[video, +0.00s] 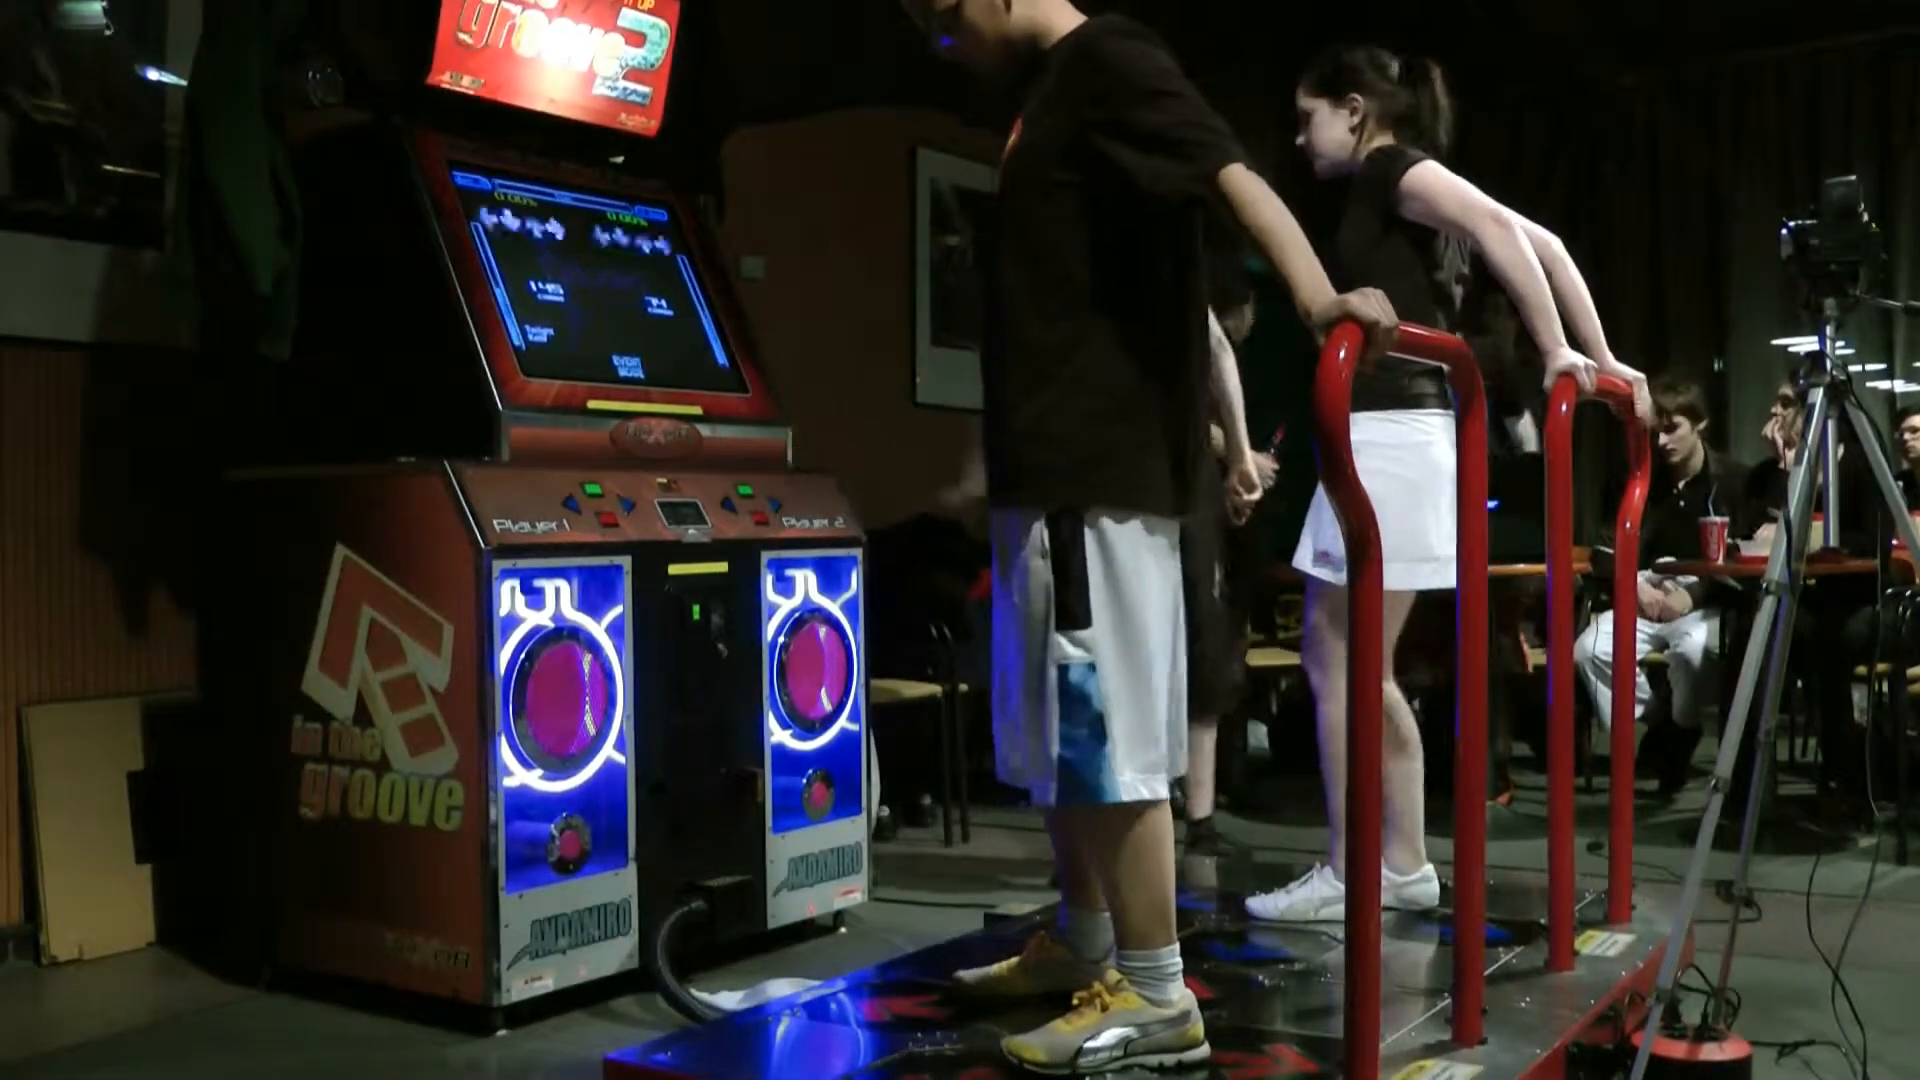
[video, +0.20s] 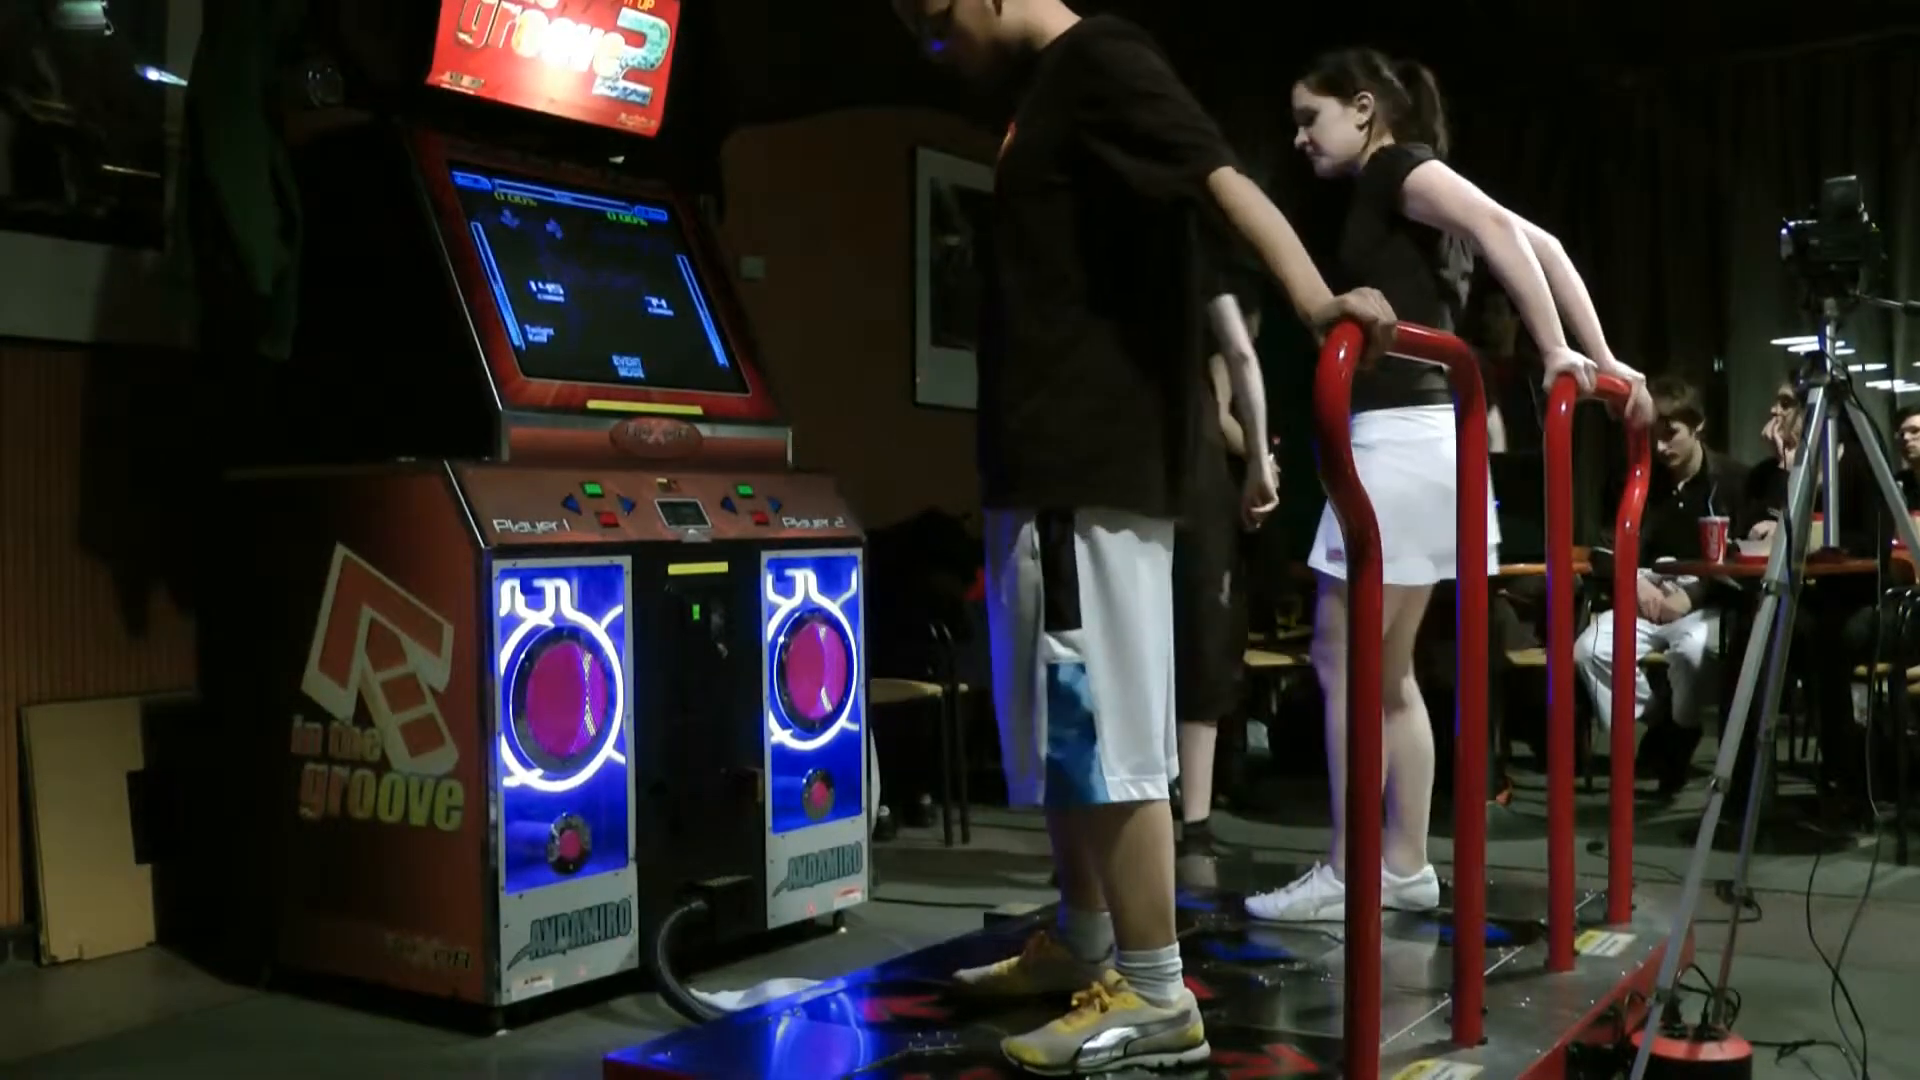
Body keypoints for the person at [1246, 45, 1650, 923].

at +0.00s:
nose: (1302, 136)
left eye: (1309, 118)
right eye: (1301, 119)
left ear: (1355, 109)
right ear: (1367, 113)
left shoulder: (1389, 169)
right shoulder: (1410, 177)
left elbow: (1502, 231)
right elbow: (1545, 244)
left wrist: (1557, 353)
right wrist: (1602, 358)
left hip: (1384, 444)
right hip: (1408, 445)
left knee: (1331, 654)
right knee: (1370, 665)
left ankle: (1345, 870)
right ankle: (1405, 864)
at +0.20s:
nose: (1301, 138)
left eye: (1310, 119)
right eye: (1298, 123)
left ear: (1366, 108)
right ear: (1366, 115)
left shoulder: (1397, 170)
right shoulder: (1414, 178)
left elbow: (1502, 232)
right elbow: (1544, 246)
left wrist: (1557, 354)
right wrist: (1603, 359)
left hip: (1395, 447)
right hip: (1425, 448)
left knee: (1346, 665)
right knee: (1392, 674)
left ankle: (1347, 870)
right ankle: (1406, 866)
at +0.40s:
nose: (1310, 155)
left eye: (1317, 134)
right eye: (1303, 141)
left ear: (1372, 118)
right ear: (1372, 127)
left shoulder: (1413, 176)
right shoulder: (1428, 191)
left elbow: (1516, 232)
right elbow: (1555, 257)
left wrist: (1560, 353)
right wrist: (1600, 358)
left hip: (1410, 452)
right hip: (1440, 452)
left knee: (1342, 659)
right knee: (1405, 673)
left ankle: (1347, 870)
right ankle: (1408, 867)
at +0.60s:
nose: (1314, 175)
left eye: (1318, 154)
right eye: (1303, 163)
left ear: (1366, 127)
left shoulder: (1423, 177)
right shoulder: (1410, 210)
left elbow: (1527, 221)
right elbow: (1551, 260)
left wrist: (1557, 345)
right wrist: (1599, 357)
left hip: (1435, 449)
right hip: (1459, 450)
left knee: (1367, 653)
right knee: (1421, 673)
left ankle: (1356, 862)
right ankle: (1413, 864)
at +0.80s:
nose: (1316, 179)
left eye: (1320, 157)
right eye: (1305, 167)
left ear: (1368, 128)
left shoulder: (1422, 175)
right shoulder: (1408, 203)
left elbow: (1528, 225)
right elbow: (1551, 254)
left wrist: (1558, 349)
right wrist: (1600, 356)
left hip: (1445, 449)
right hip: (1463, 448)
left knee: (1381, 666)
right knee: (1423, 677)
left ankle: (1358, 863)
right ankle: (1415, 866)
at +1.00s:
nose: (1311, 163)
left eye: (1319, 142)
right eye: (1305, 148)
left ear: (1372, 127)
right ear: (1369, 136)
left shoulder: (1419, 176)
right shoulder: (1409, 198)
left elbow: (1524, 227)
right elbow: (1559, 255)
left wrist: (1560, 352)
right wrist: (1603, 358)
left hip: (1436, 450)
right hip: (1447, 449)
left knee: (1369, 659)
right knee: (1409, 670)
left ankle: (1350, 870)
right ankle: (1408, 866)